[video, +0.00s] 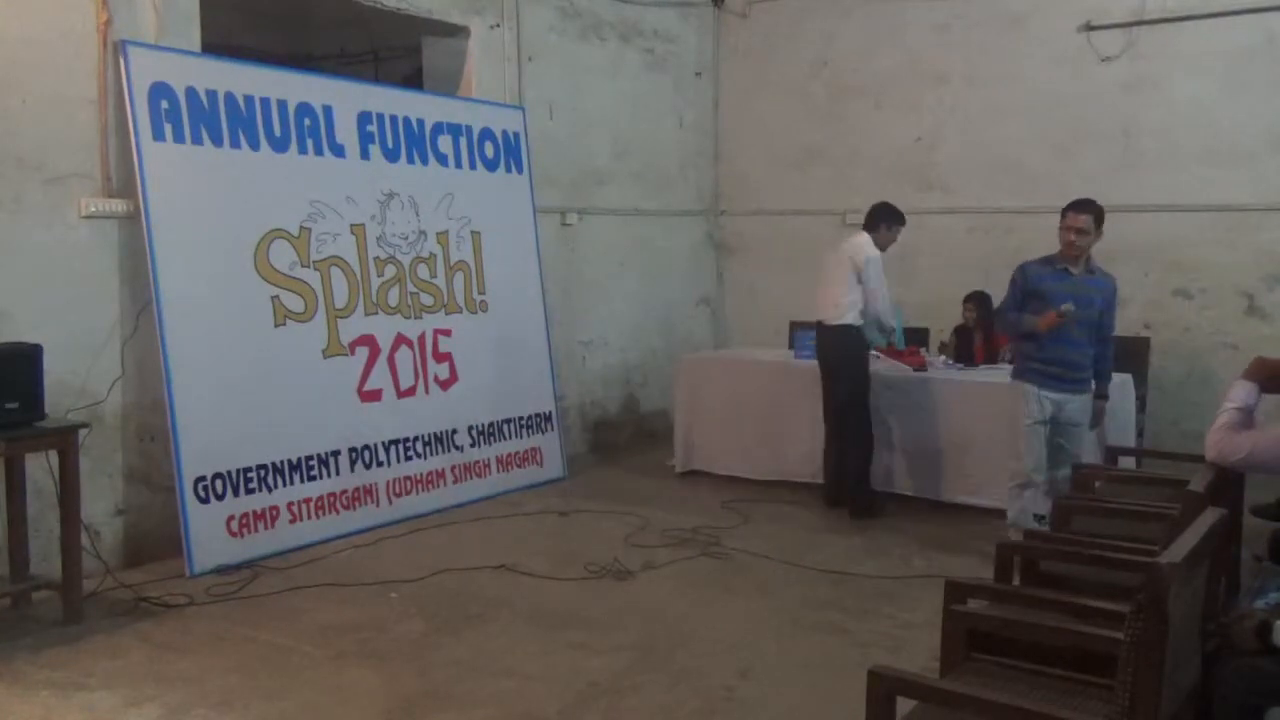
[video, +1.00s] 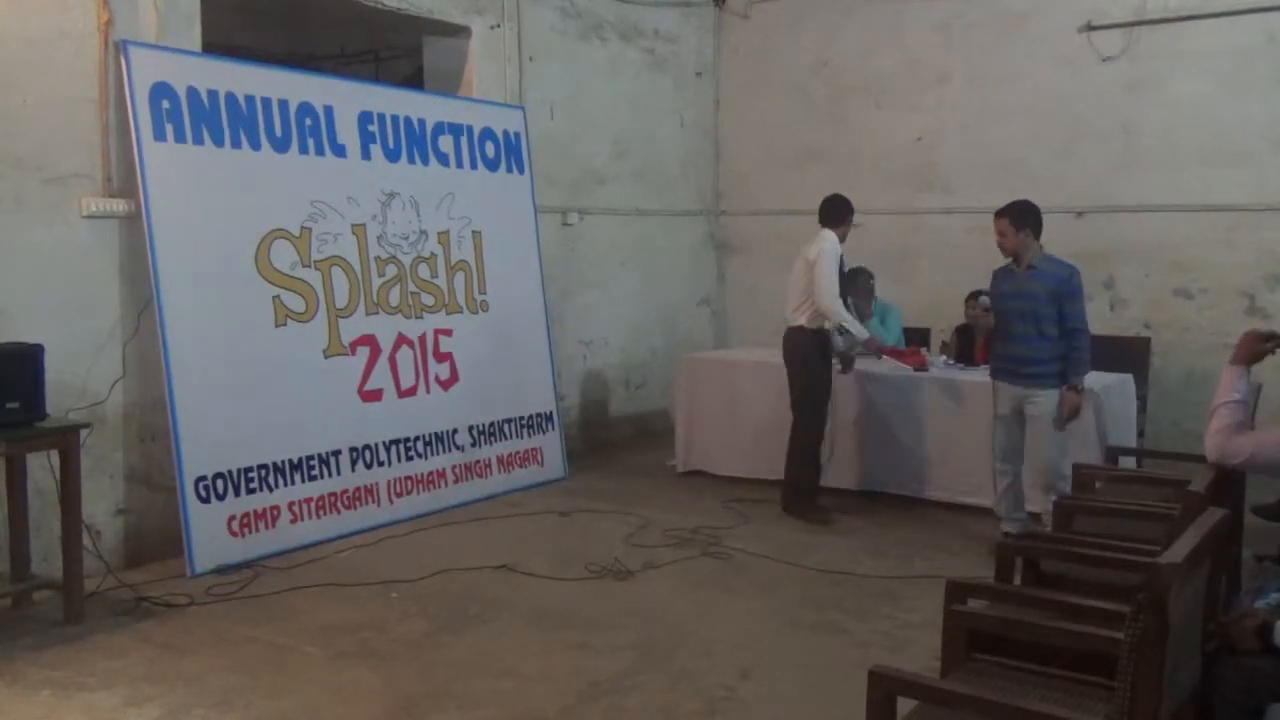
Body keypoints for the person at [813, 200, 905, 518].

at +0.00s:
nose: (896, 240)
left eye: (898, 234)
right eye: (895, 232)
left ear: (872, 225)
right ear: (882, 227)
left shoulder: (846, 245)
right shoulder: (867, 249)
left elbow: (849, 305)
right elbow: (877, 303)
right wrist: (894, 330)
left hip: (826, 334)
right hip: (847, 335)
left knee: (836, 416)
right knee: (856, 417)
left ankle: (835, 491)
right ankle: (860, 498)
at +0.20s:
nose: (892, 232)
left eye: (894, 225)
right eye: (890, 224)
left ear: (872, 222)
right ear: (872, 221)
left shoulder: (860, 250)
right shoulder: (852, 250)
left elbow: (859, 305)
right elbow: (845, 303)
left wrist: (864, 346)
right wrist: (850, 348)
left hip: (845, 336)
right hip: (835, 337)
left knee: (844, 415)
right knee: (842, 415)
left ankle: (837, 488)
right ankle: (838, 491)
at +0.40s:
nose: (883, 232)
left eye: (883, 226)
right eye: (882, 225)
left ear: (865, 220)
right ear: (871, 222)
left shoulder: (865, 255)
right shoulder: (835, 251)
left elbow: (877, 300)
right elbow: (817, 295)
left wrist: (891, 342)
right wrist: (814, 337)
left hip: (852, 338)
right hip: (829, 337)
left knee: (849, 416)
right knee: (826, 418)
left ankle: (837, 489)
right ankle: (812, 500)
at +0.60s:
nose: (873, 231)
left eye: (873, 225)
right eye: (873, 225)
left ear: (848, 219)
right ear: (866, 223)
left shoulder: (850, 252)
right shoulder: (835, 250)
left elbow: (860, 305)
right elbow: (816, 299)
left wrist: (891, 336)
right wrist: (808, 352)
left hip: (840, 341)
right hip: (825, 341)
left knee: (840, 419)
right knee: (820, 422)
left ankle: (835, 488)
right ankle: (807, 500)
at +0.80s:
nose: (862, 228)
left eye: (860, 222)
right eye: (862, 222)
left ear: (834, 217)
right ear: (857, 222)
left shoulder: (825, 247)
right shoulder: (835, 249)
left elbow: (825, 303)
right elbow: (830, 305)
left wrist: (843, 346)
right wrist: (844, 351)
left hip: (810, 336)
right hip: (815, 338)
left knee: (823, 418)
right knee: (820, 419)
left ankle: (820, 490)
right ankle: (807, 499)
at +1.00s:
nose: (851, 226)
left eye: (850, 220)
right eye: (851, 220)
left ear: (822, 217)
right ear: (847, 220)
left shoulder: (816, 245)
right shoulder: (828, 246)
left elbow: (817, 303)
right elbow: (826, 301)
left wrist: (842, 343)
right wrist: (863, 335)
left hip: (801, 338)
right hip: (809, 340)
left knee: (807, 420)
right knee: (811, 421)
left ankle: (798, 496)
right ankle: (801, 499)